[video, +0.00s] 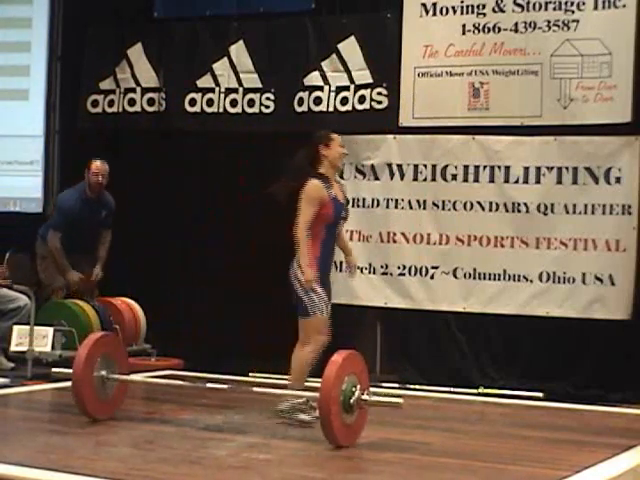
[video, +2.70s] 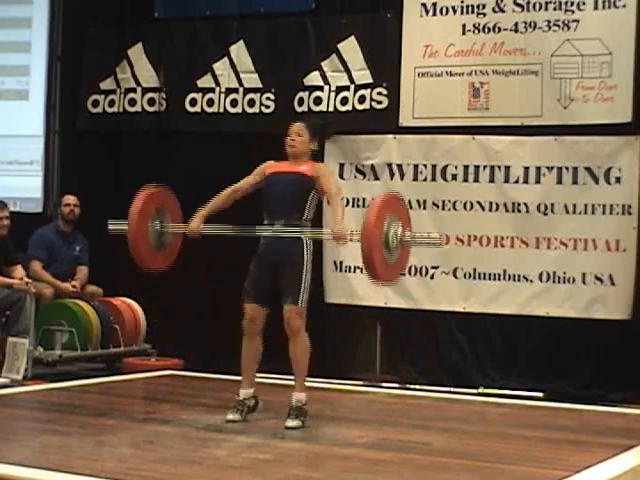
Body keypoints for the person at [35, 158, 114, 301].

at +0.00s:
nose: (100, 180)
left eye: (103, 176)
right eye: (95, 175)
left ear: (107, 178)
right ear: (87, 175)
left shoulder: (107, 203)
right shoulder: (68, 200)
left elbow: (105, 236)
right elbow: (53, 239)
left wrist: (99, 265)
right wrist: (68, 272)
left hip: (81, 246)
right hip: (51, 245)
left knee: (88, 288)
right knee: (57, 287)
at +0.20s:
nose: (80, 216)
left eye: (82, 213)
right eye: (75, 212)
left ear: (85, 215)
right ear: (64, 214)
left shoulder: (81, 240)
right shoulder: (47, 234)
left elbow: (84, 279)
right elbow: (15, 246)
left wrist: (88, 250)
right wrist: (34, 269)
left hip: (67, 285)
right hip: (43, 284)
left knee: (95, 292)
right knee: (45, 293)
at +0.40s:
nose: (78, 213)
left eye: (80, 209)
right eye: (73, 209)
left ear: (82, 212)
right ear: (62, 212)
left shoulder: (79, 238)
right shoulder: (42, 234)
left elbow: (80, 277)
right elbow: (21, 258)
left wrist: (84, 260)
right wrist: (47, 271)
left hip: (65, 284)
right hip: (40, 283)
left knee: (94, 292)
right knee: (46, 294)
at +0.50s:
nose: (78, 212)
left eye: (80, 208)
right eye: (73, 208)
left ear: (81, 210)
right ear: (61, 211)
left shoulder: (79, 238)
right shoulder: (41, 236)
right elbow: (28, 265)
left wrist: (82, 269)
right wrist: (56, 278)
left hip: (69, 285)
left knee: (95, 292)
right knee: (46, 293)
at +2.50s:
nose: (78, 211)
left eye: (81, 208)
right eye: (74, 206)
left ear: (84, 213)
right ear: (64, 211)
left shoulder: (82, 242)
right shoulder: (46, 234)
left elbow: (83, 269)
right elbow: (37, 268)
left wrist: (78, 283)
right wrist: (60, 286)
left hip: (68, 283)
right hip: (45, 280)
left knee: (96, 292)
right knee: (48, 292)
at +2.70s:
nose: (72, 209)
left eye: (75, 206)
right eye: (67, 205)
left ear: (79, 210)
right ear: (59, 209)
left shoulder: (80, 240)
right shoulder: (43, 234)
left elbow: (82, 269)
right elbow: (35, 269)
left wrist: (77, 283)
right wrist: (60, 286)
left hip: (69, 281)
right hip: (44, 280)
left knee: (95, 292)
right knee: (47, 292)